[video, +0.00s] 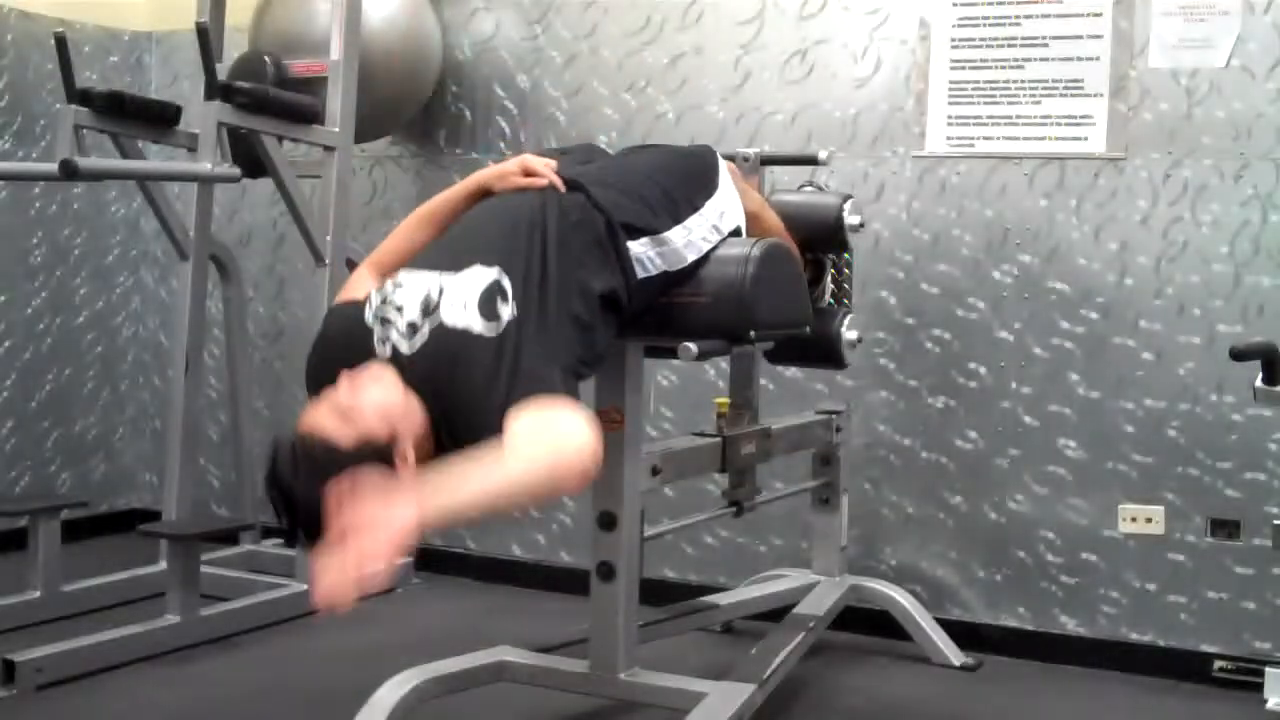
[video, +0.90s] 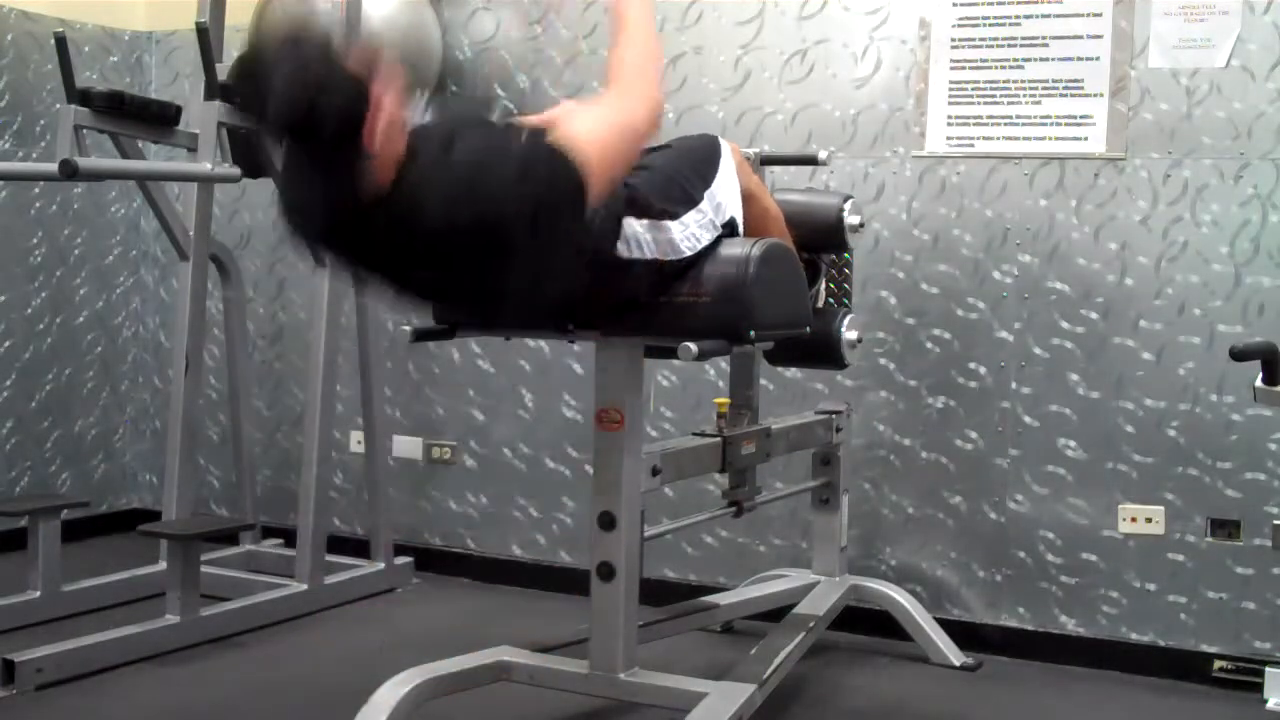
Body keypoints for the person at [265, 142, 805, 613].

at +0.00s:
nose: (356, 394)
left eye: (335, 409)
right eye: (359, 422)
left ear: (312, 401)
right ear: (402, 461)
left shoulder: (331, 354)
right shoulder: (487, 404)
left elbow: (377, 268)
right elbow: (571, 448)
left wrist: (480, 183)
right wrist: (410, 504)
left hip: (534, 198)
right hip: (606, 235)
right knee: (727, 177)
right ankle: (799, 273)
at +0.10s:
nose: (353, 433)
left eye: (334, 453)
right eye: (361, 461)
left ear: (313, 445)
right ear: (412, 505)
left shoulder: (336, 383)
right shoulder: (503, 453)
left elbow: (375, 282)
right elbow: (569, 550)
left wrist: (470, 195)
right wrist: (419, 632)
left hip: (501, 222)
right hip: (586, 241)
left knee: (579, 150)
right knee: (718, 169)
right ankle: (801, 283)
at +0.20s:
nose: (365, 456)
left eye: (347, 473)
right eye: (370, 484)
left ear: (332, 459)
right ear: (420, 536)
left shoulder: (340, 399)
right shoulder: (511, 489)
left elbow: (372, 292)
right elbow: (557, 620)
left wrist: (470, 203)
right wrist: (448, 712)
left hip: (510, 224)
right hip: (588, 253)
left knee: (570, 149)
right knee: (717, 165)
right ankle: (797, 287)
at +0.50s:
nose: (363, 461)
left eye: (344, 475)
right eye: (366, 485)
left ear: (331, 458)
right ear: (413, 535)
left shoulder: (340, 398)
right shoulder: (505, 498)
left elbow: (373, 289)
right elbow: (535, 623)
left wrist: (467, 205)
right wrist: (406, 706)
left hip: (510, 227)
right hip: (586, 265)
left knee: (582, 152)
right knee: (720, 165)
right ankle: (796, 289)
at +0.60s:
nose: (366, 431)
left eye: (341, 439)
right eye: (374, 477)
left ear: (318, 420)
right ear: (393, 518)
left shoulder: (337, 364)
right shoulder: (447, 487)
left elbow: (372, 269)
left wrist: (467, 178)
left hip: (518, 210)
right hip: (586, 270)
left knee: (578, 151)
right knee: (717, 164)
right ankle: (792, 273)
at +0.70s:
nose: (336, 338)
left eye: (316, 341)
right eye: (332, 367)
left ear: (302, 330)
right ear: (367, 422)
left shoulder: (324, 310)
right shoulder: (451, 416)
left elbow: (373, 235)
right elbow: (625, 331)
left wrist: (479, 161)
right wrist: (532, 215)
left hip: (507, 261)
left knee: (578, 151)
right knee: (711, 162)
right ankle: (797, 287)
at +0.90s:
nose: (387, 71)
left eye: (374, 66)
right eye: (378, 77)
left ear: (292, 139)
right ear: (379, 119)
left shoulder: (311, 199)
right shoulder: (466, 180)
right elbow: (634, 109)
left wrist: (539, 128)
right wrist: (632, 3)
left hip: (494, 289)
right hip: (600, 268)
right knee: (722, 160)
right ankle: (798, 304)